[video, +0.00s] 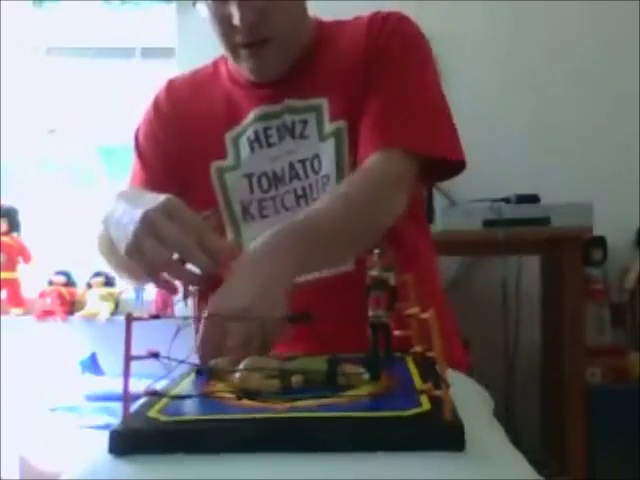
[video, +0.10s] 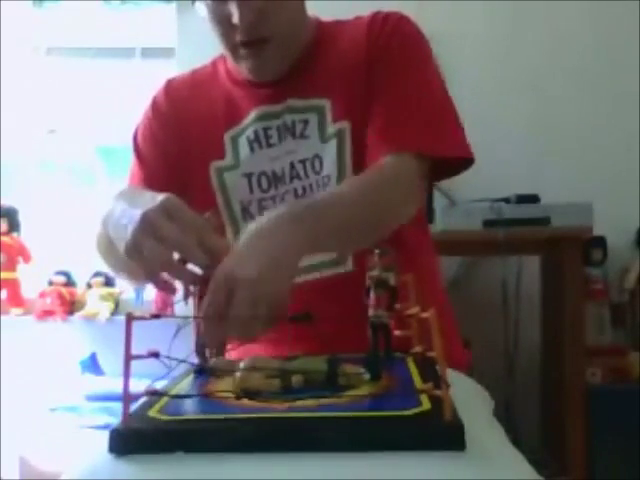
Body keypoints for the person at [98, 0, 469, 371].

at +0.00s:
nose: (240, 20)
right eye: (218, 1)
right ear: (203, 6)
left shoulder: (383, 43)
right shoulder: (178, 106)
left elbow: (387, 185)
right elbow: (134, 259)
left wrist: (271, 262)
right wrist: (124, 214)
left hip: (399, 378)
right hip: (247, 395)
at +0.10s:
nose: (239, 20)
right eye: (219, 2)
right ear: (202, 7)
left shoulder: (382, 44)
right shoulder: (178, 105)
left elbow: (403, 183)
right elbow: (131, 258)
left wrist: (284, 236)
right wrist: (124, 214)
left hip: (402, 374)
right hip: (253, 389)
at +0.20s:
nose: (237, 17)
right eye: (217, 1)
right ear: (200, 7)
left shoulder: (382, 45)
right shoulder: (176, 106)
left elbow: (411, 193)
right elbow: (134, 261)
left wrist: (303, 206)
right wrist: (122, 217)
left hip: (403, 366)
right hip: (257, 377)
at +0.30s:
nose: (236, 17)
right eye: (215, 1)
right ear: (198, 8)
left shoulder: (382, 46)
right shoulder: (174, 107)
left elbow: (436, 197)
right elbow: (131, 263)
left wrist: (337, 177)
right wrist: (124, 221)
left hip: (403, 366)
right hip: (255, 379)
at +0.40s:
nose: (234, 16)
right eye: (213, 2)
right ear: (197, 8)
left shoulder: (381, 47)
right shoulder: (172, 109)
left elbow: (460, 201)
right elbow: (128, 268)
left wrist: (370, 152)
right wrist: (125, 225)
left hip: (403, 365)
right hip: (255, 378)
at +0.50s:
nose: (233, 15)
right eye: (212, 0)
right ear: (193, 8)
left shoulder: (382, 50)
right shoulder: (169, 111)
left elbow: (484, 195)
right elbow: (130, 270)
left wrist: (415, 140)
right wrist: (116, 229)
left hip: (405, 372)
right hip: (252, 384)